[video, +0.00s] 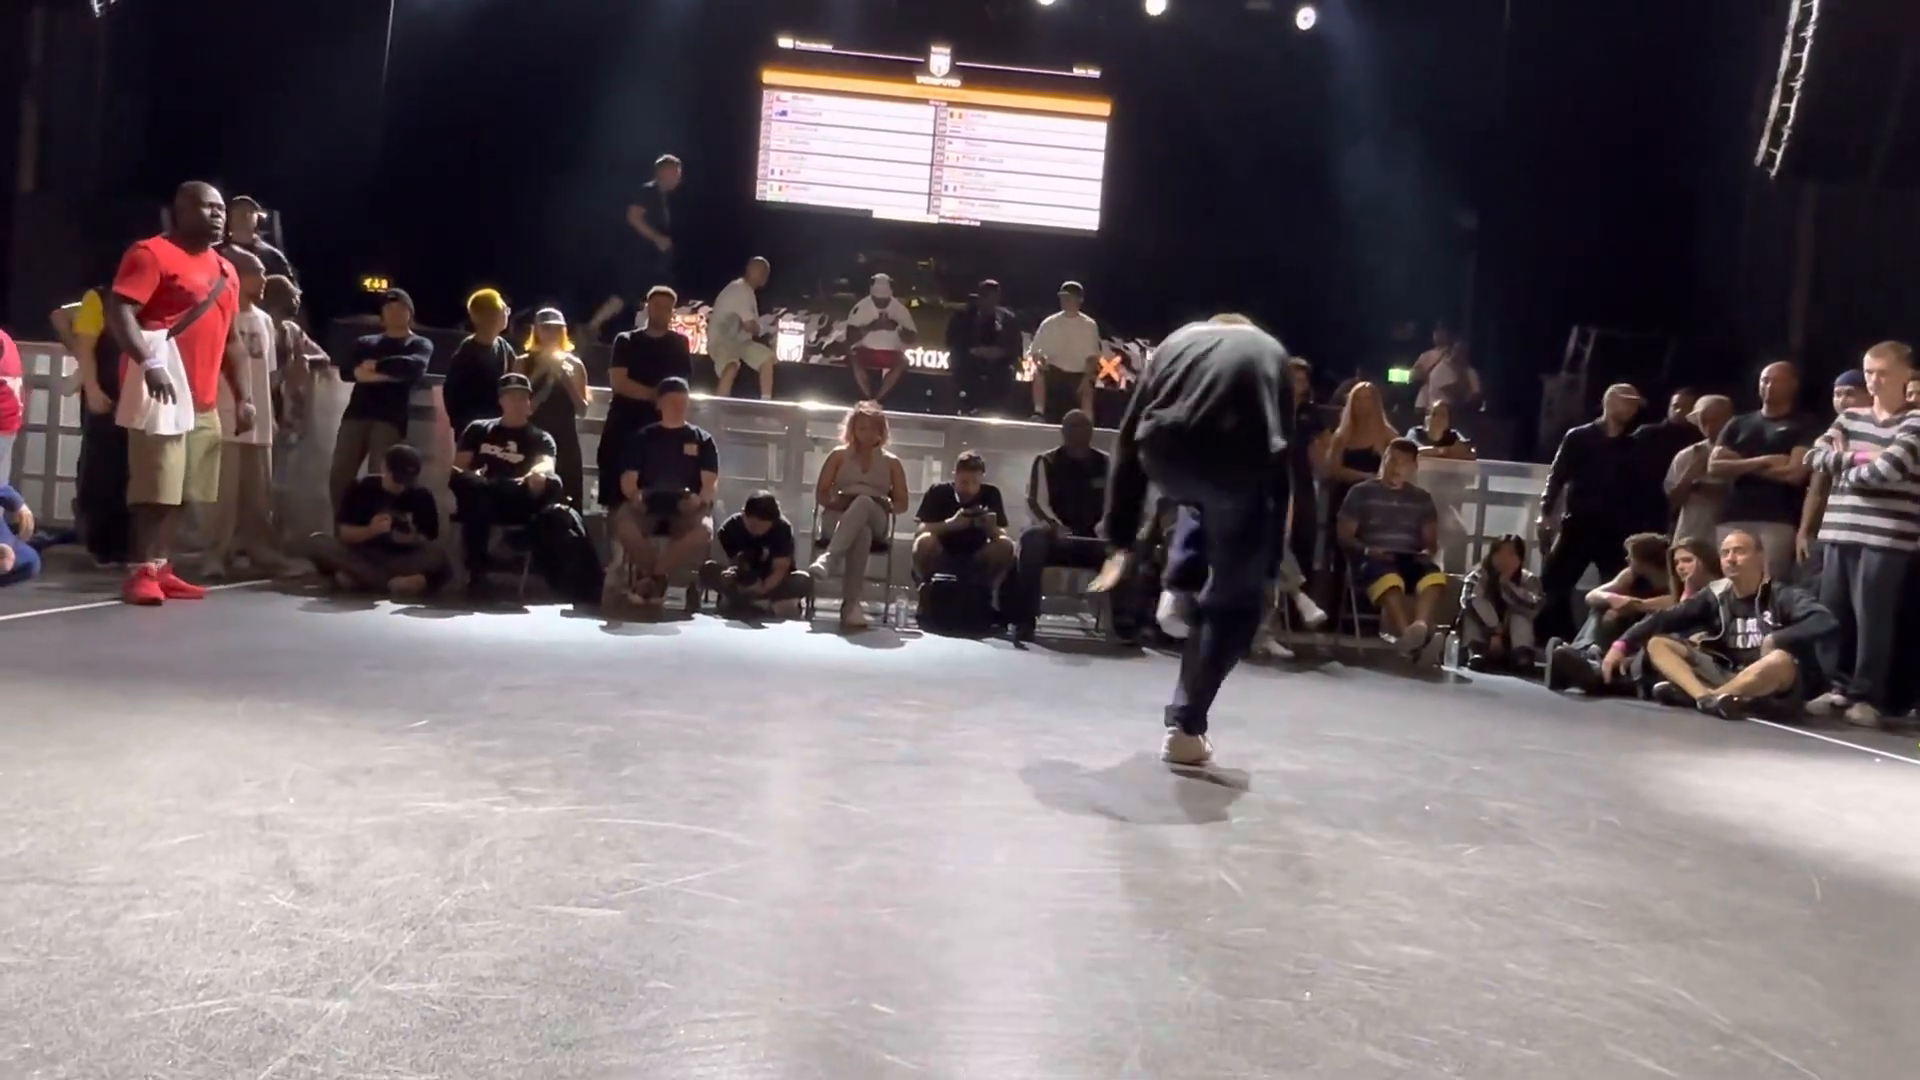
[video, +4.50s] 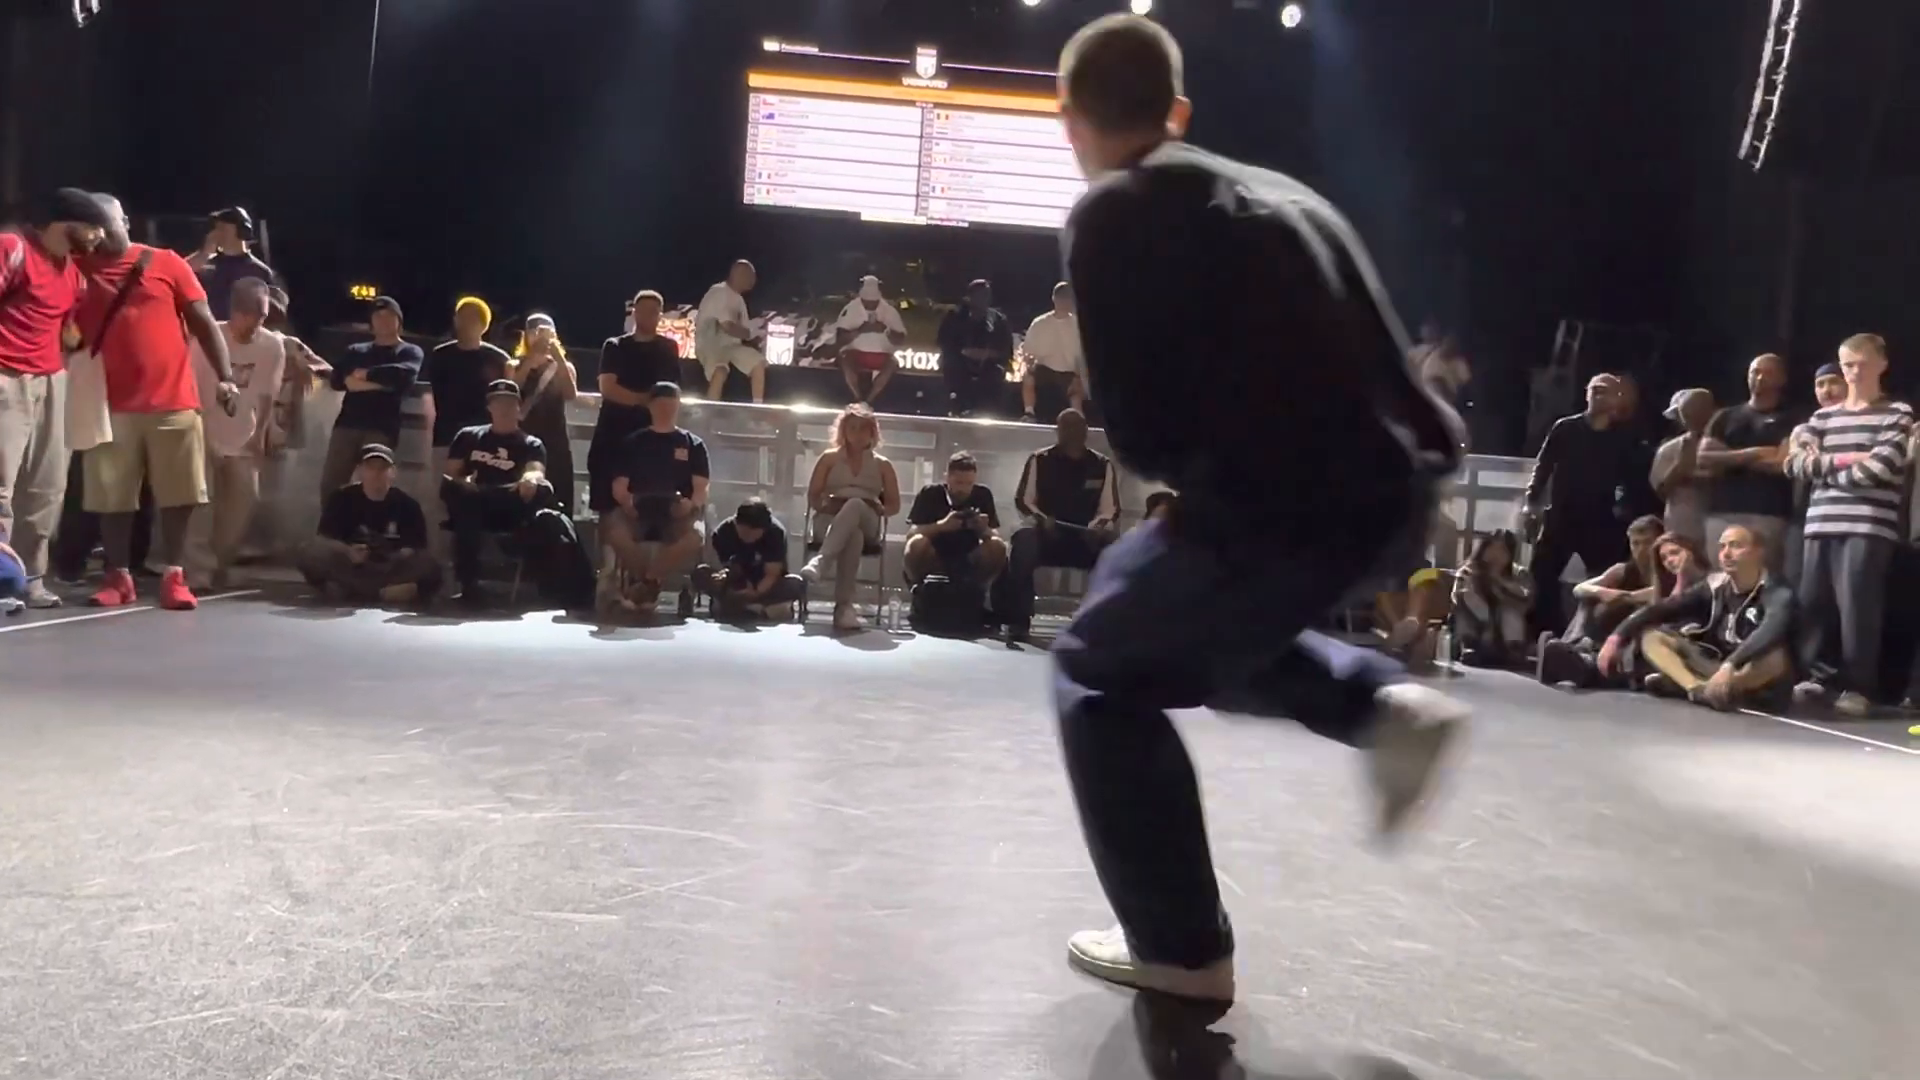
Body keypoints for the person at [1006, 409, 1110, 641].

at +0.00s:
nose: (1078, 434)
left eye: (1084, 427)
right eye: (1072, 427)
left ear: (1092, 432)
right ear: (1062, 432)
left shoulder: (1105, 463)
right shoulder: (1045, 462)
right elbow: (1038, 502)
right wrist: (1056, 526)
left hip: (1094, 538)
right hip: (1059, 537)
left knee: (1122, 548)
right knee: (1033, 538)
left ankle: (1125, 626)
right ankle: (1025, 622)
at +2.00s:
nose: (1086, 427)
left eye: (1091, 421)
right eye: (1080, 421)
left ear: (1099, 425)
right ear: (1070, 425)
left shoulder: (1116, 458)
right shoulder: (1053, 455)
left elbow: (1122, 501)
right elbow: (1045, 496)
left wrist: (1113, 519)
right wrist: (1062, 520)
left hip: (1102, 536)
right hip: (1066, 533)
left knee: (1132, 539)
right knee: (1039, 532)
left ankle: (1132, 618)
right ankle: (1032, 616)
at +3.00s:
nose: (1087, 429)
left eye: (1093, 423)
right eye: (1081, 423)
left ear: (1102, 428)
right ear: (1071, 428)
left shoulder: (1118, 462)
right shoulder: (1053, 457)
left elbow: (1123, 503)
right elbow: (1037, 500)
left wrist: (1114, 519)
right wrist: (1053, 486)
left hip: (1099, 535)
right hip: (1062, 533)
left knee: (1132, 541)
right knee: (1040, 536)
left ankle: (1132, 619)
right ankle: (1031, 619)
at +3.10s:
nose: (1088, 429)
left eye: (1093, 423)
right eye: (1082, 423)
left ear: (1102, 428)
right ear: (1072, 428)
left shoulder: (1119, 462)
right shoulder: (1056, 454)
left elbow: (1123, 502)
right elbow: (1037, 495)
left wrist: (1115, 519)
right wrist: (1054, 463)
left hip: (1099, 535)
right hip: (1062, 533)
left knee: (1132, 541)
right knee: (1042, 534)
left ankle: (1132, 619)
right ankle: (1032, 619)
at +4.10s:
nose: (1081, 433)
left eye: (1087, 427)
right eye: (1075, 427)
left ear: (1095, 432)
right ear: (1066, 430)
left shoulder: (1112, 465)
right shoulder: (1047, 457)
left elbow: (1116, 508)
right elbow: (1029, 501)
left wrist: (1105, 524)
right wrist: (1041, 484)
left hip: (1090, 537)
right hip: (1053, 535)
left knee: (1123, 543)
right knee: (1033, 538)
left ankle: (1123, 621)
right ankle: (1023, 621)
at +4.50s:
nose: (1072, 436)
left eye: (1077, 430)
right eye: (1066, 430)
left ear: (1086, 432)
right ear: (1057, 432)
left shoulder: (1102, 465)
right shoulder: (1038, 460)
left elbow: (1109, 508)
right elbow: (1024, 500)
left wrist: (1100, 522)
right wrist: (1040, 518)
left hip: (1085, 536)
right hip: (1049, 534)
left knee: (1112, 544)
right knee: (1023, 539)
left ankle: (1104, 626)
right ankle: (1019, 622)